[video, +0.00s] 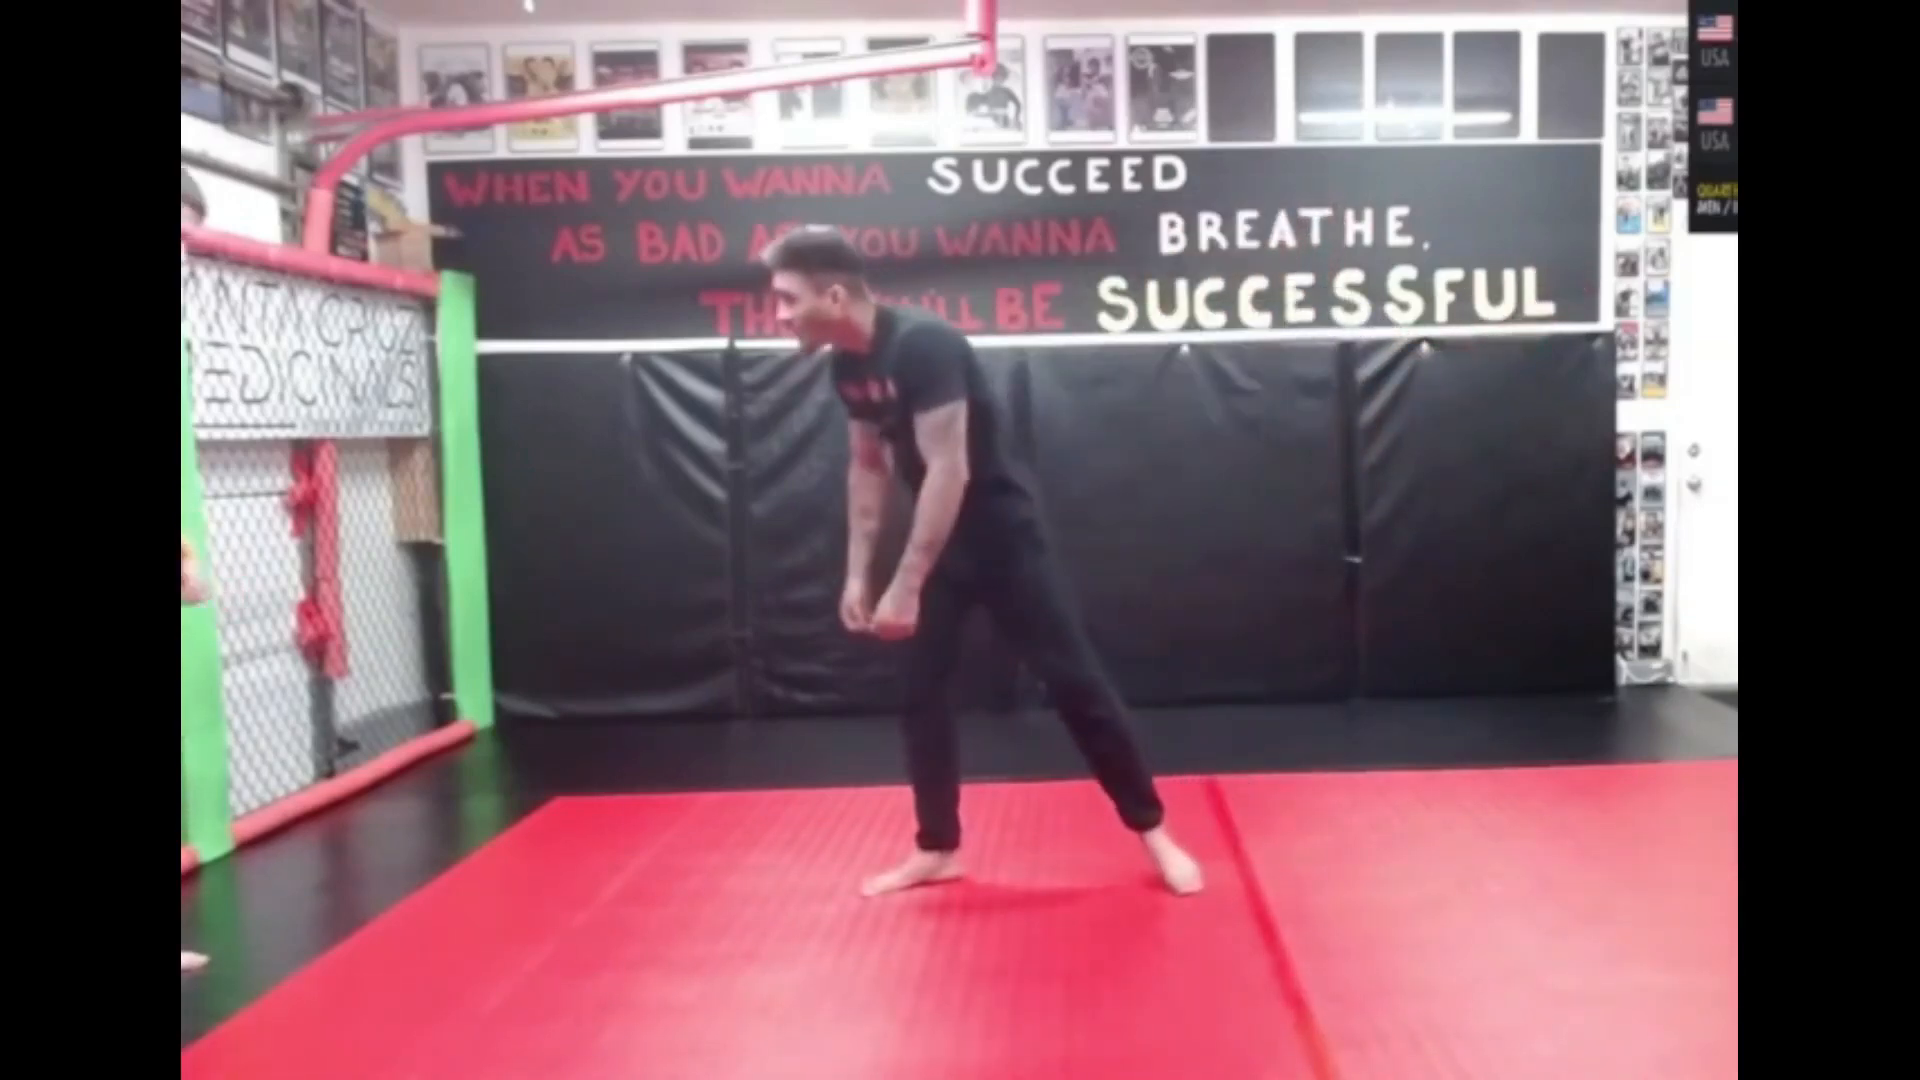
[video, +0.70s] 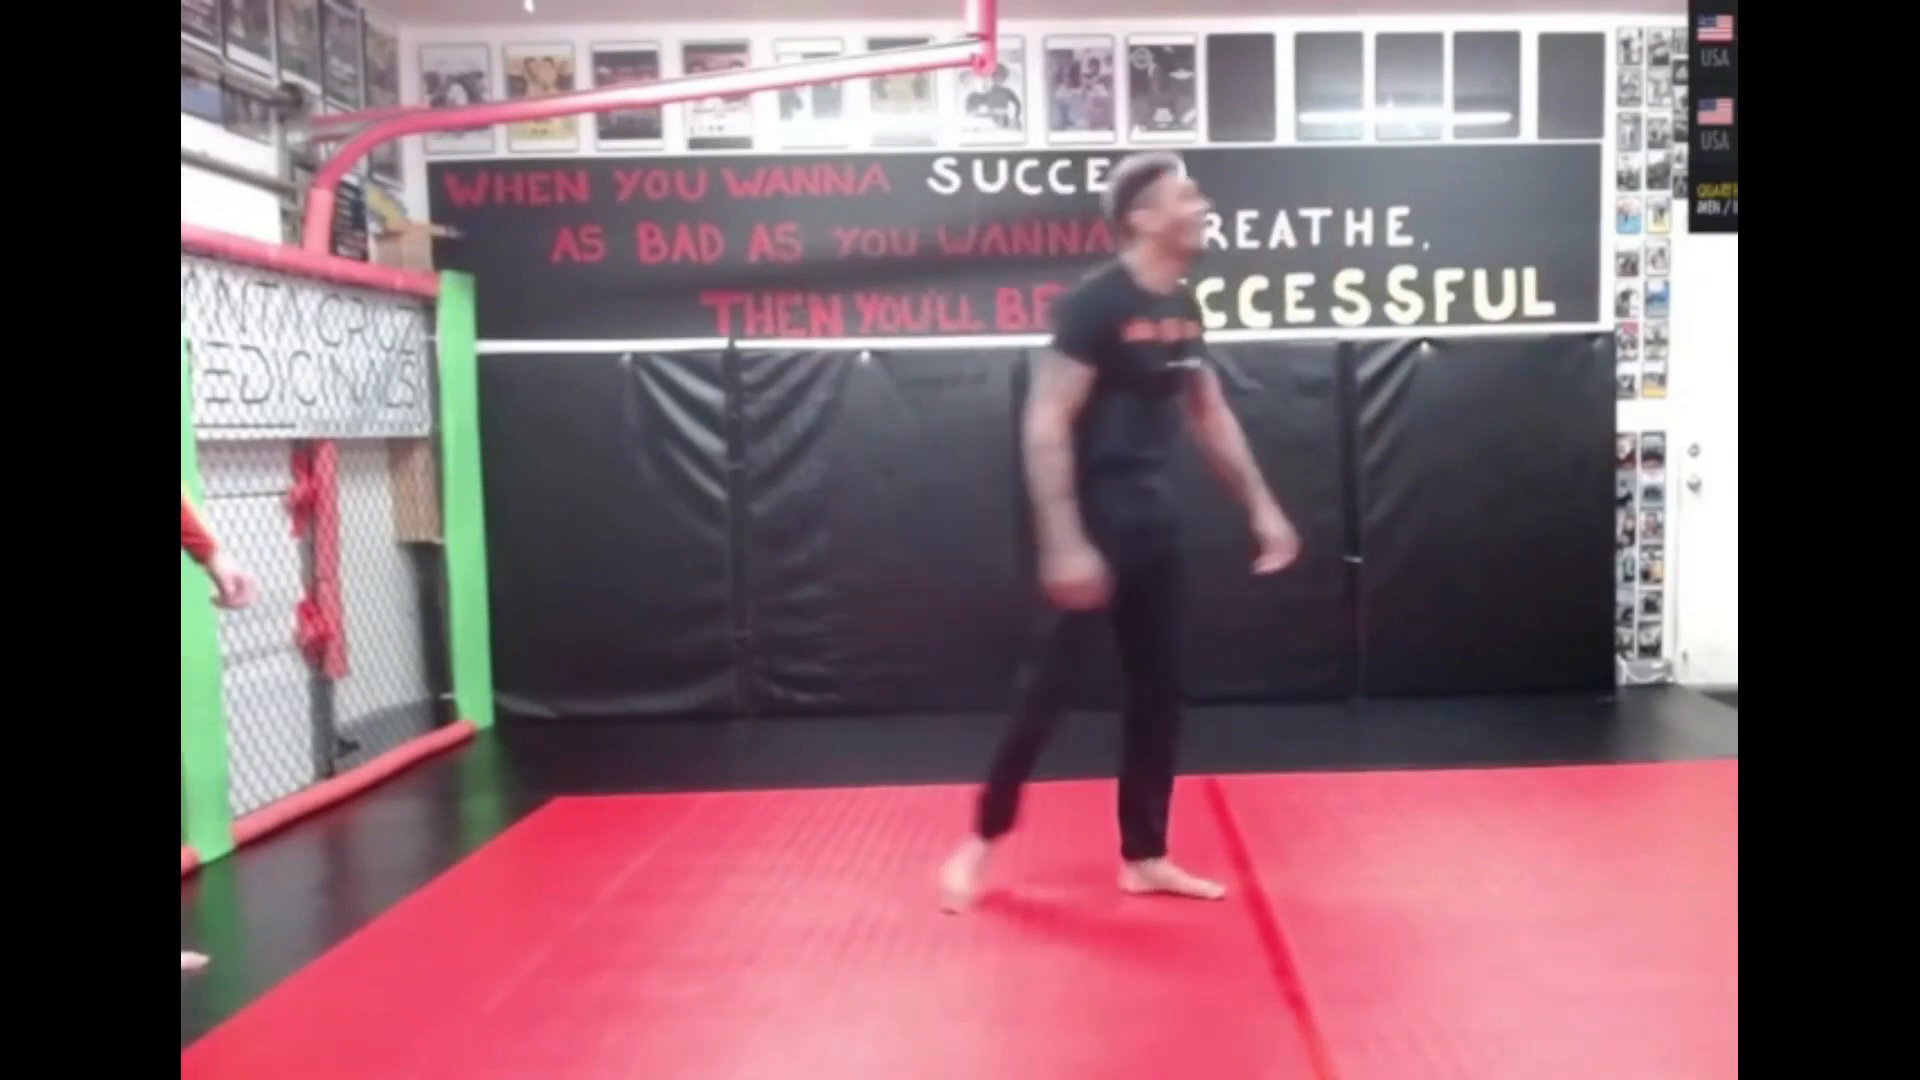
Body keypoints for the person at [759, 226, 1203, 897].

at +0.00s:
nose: (780, 316)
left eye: (788, 300)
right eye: (777, 301)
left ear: (838, 293)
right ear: (828, 298)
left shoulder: (925, 345)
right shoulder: (849, 367)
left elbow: (949, 473)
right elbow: (868, 466)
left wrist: (905, 585)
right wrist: (858, 573)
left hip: (1002, 528)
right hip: (935, 535)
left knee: (1069, 670)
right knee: (922, 683)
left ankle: (1154, 832)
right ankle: (937, 849)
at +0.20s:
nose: (841, 297)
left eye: (855, 278)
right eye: (831, 284)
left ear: (902, 267)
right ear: (825, 288)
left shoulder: (963, 332)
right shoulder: (852, 361)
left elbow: (998, 453)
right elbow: (856, 463)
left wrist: (953, 561)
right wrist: (851, 573)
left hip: (1013, 520)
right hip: (939, 529)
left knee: (1083, 673)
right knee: (917, 685)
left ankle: (1154, 833)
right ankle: (935, 848)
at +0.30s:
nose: (913, 276)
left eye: (925, 259)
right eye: (895, 264)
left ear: (954, 256)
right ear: (874, 276)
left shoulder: (998, 324)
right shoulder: (871, 349)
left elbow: (1036, 440)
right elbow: (858, 459)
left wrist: (997, 551)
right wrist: (858, 569)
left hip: (1020, 511)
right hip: (942, 519)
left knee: (1090, 673)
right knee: (922, 683)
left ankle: (1151, 840)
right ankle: (935, 849)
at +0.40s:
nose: (1032, 255)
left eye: (1037, 239)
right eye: (1013, 242)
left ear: (1046, 245)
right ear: (965, 255)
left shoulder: (1064, 319)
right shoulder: (930, 338)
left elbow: (1095, 427)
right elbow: (886, 444)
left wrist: (1081, 540)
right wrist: (883, 563)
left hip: (1057, 525)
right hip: (970, 528)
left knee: (1110, 682)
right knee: (945, 685)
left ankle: (1141, 852)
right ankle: (935, 848)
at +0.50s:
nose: (1124, 235)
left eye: (1125, 222)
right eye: (1106, 224)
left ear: (1126, 232)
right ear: (1057, 237)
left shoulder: (1127, 320)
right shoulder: (1007, 326)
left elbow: (1155, 427)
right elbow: (950, 434)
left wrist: (1168, 531)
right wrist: (938, 556)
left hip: (1108, 540)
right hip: (1020, 543)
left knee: (1136, 695)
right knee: (979, 691)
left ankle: (1142, 858)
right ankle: (931, 839)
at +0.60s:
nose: (1168, 222)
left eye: (1166, 209)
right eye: (1153, 211)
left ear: (1147, 225)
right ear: (1103, 226)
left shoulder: (1158, 311)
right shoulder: (1051, 314)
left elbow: (1185, 419)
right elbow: (999, 431)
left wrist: (1221, 523)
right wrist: (996, 551)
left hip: (1137, 532)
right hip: (1060, 533)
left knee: (1153, 691)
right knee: (1007, 686)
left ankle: (1143, 859)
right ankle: (945, 833)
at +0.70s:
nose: (1204, 207)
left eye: (1198, 196)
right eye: (1185, 199)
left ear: (1172, 220)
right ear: (1139, 220)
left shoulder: (1181, 309)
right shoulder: (1094, 306)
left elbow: (1210, 415)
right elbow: (1044, 427)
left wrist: (1261, 507)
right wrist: (1064, 542)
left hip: (1153, 512)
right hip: (1092, 513)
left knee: (1156, 684)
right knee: (1051, 675)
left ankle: (1145, 854)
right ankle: (982, 838)